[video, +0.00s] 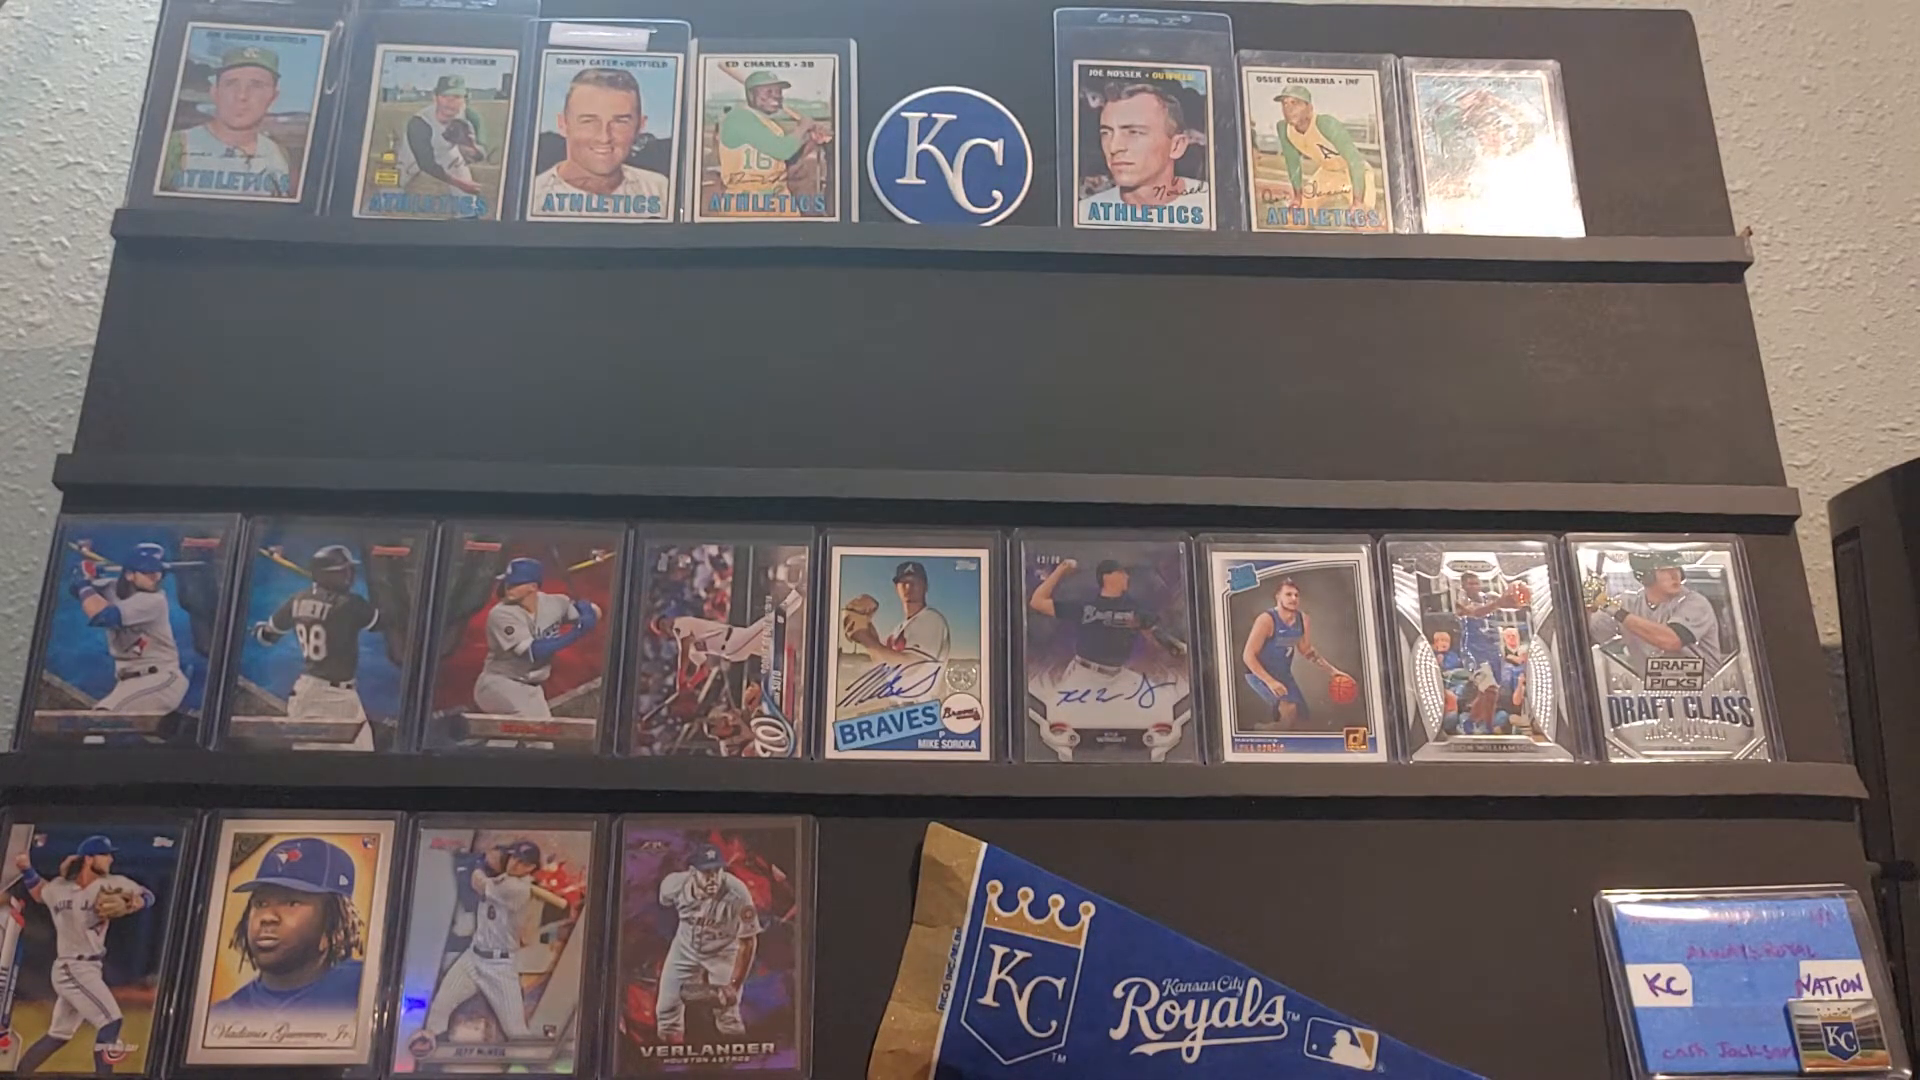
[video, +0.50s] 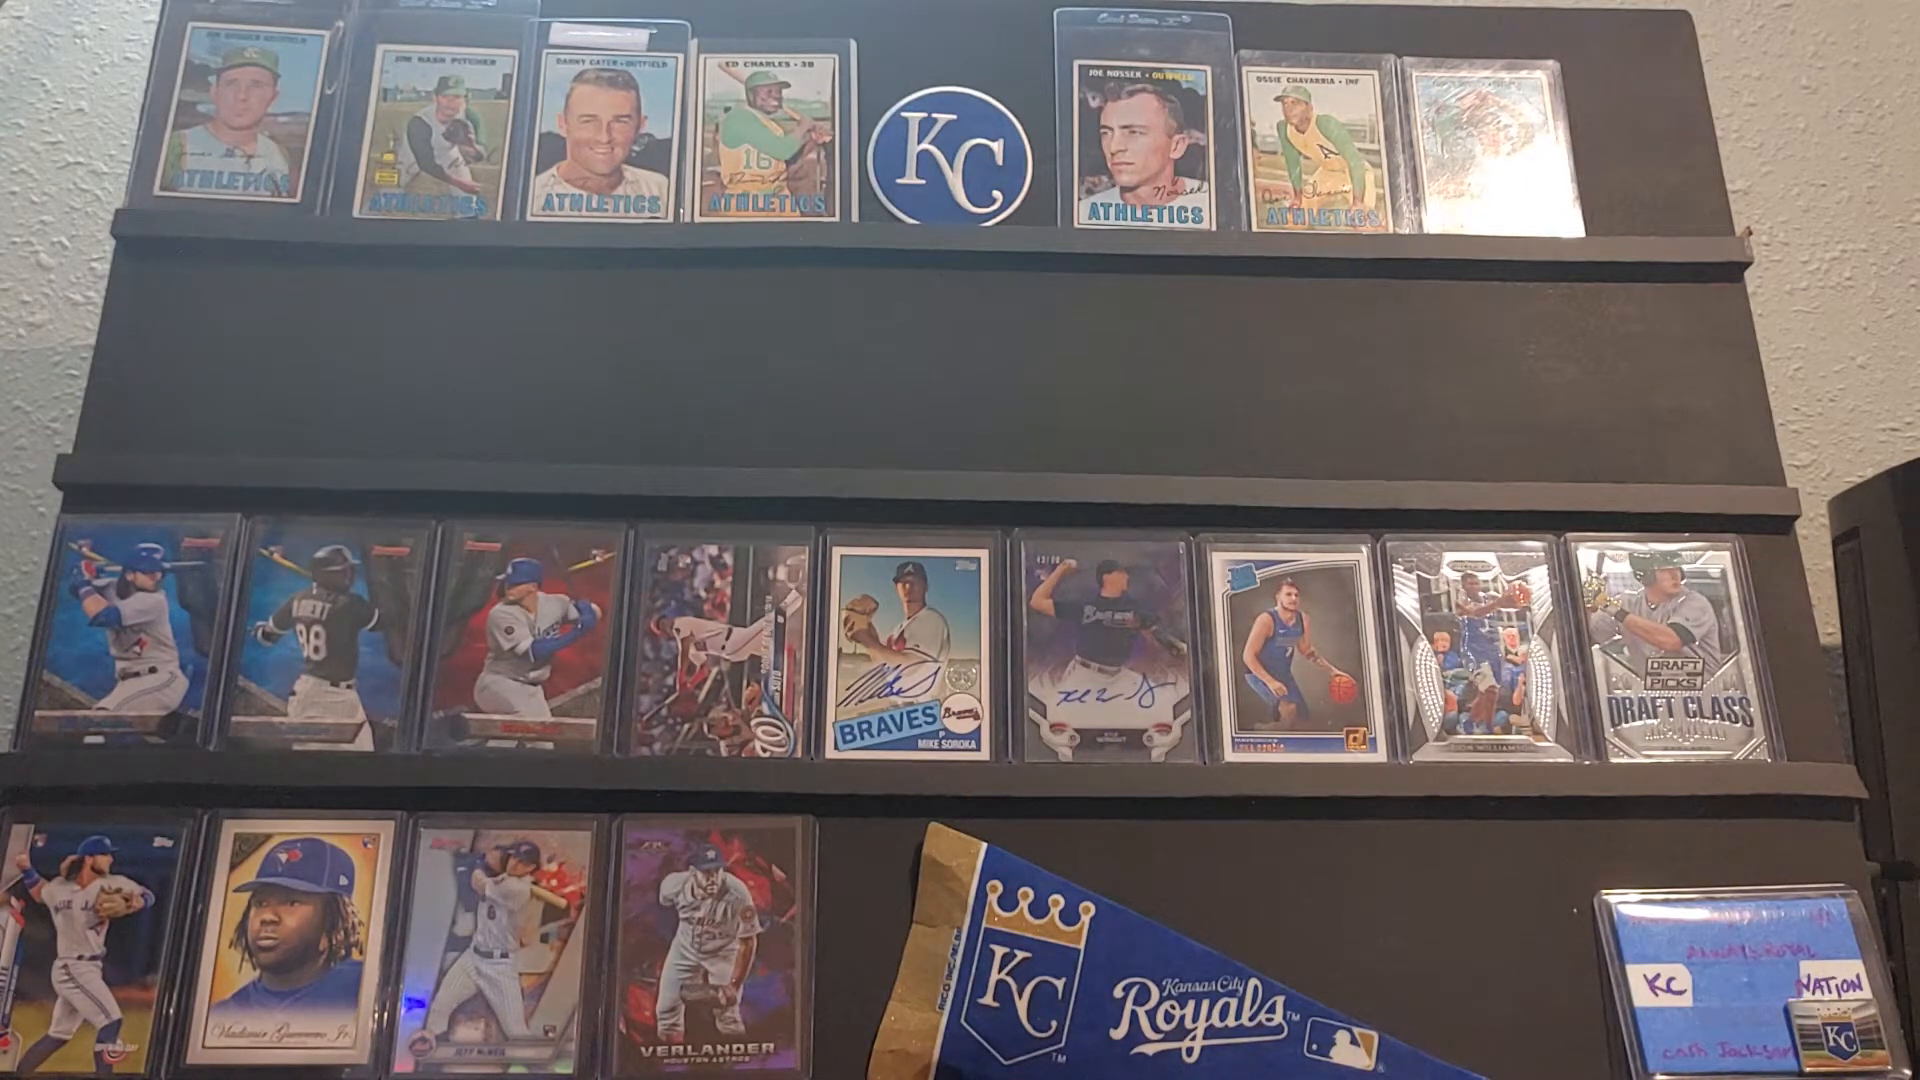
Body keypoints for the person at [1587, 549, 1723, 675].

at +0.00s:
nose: (1676, 575)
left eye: (1676, 568)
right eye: (1665, 570)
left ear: (1681, 571)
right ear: (1644, 575)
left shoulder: (1696, 604)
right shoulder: (1627, 604)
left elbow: (1671, 641)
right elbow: (1585, 638)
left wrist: (1619, 613)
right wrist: (1586, 608)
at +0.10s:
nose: (1676, 575)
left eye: (1676, 568)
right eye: (1665, 570)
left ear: (1681, 571)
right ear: (1644, 575)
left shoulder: (1696, 604)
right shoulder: (1627, 604)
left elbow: (1671, 641)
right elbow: (1585, 638)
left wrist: (1619, 613)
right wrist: (1586, 608)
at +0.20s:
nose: (1676, 575)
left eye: (1676, 568)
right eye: (1665, 570)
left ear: (1681, 571)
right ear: (1644, 575)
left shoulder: (1696, 604)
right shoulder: (1627, 604)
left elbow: (1671, 641)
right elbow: (1585, 638)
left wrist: (1619, 613)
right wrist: (1586, 608)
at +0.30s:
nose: (1676, 575)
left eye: (1676, 568)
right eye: (1665, 570)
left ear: (1681, 571)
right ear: (1644, 575)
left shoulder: (1696, 604)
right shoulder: (1627, 604)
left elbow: (1671, 641)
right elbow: (1585, 638)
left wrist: (1619, 613)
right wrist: (1586, 608)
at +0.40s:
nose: (1676, 575)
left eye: (1676, 568)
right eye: (1665, 570)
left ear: (1681, 571)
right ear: (1644, 575)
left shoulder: (1696, 604)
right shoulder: (1627, 604)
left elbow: (1671, 641)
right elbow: (1585, 638)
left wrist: (1619, 613)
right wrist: (1586, 608)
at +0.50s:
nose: (1676, 575)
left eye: (1676, 568)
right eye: (1665, 570)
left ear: (1681, 571)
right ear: (1644, 575)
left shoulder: (1696, 604)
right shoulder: (1627, 604)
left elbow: (1671, 641)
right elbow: (1585, 638)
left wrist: (1619, 613)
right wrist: (1586, 608)